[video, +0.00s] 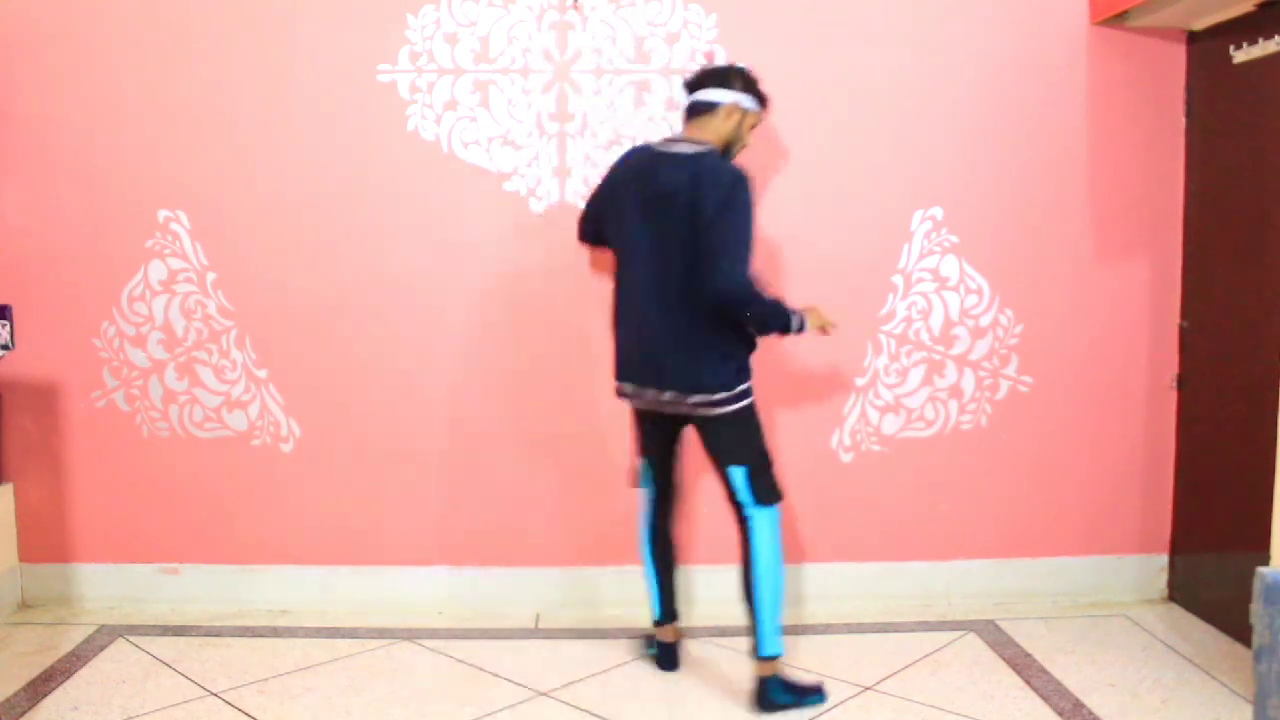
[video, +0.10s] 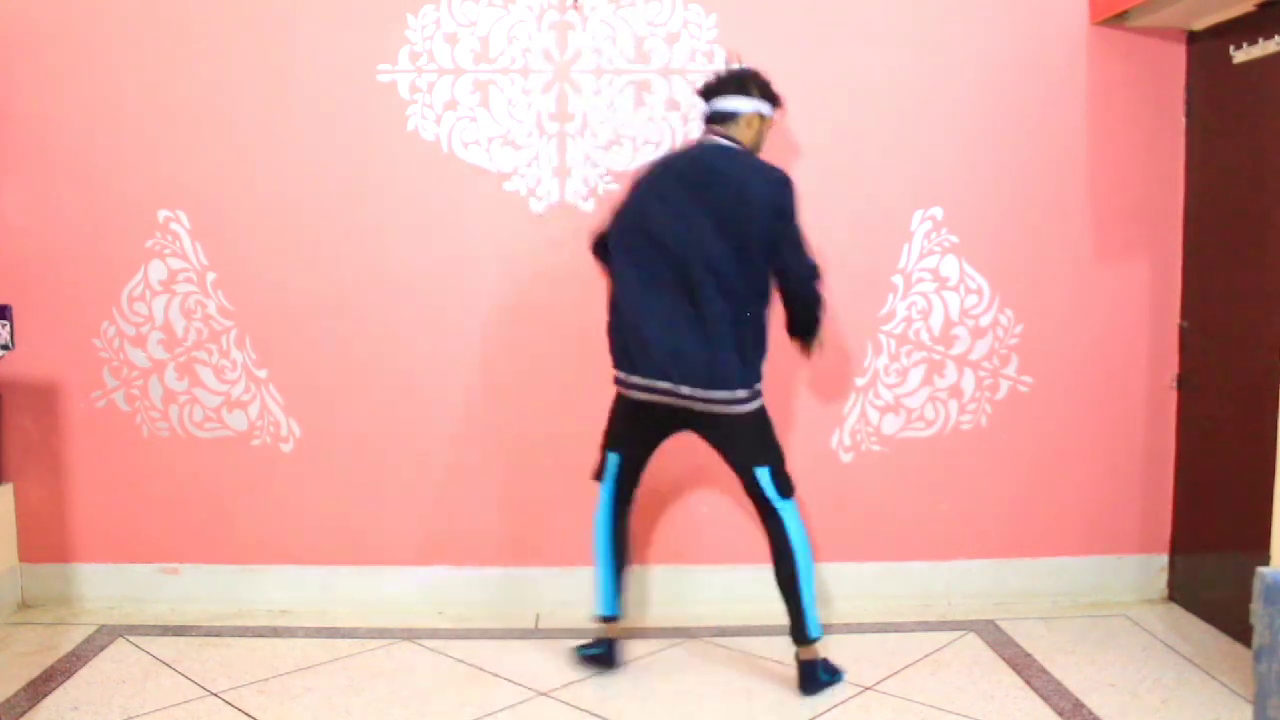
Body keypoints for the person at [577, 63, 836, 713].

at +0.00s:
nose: (749, 136)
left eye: (752, 124)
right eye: (750, 123)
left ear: (692, 110)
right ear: (731, 115)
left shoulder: (634, 164)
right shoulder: (723, 181)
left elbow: (594, 227)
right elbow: (725, 287)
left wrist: (657, 239)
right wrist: (793, 319)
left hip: (644, 377)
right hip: (713, 381)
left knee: (655, 495)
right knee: (759, 508)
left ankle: (665, 638)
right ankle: (769, 675)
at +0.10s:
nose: (768, 133)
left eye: (768, 123)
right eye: (767, 123)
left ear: (710, 119)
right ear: (752, 121)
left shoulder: (660, 173)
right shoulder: (765, 183)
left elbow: (609, 244)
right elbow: (796, 270)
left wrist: (653, 295)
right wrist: (805, 325)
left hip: (644, 384)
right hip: (728, 391)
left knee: (614, 489)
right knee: (779, 508)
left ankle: (606, 636)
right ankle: (810, 657)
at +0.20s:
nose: (771, 160)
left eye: (769, 149)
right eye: (770, 149)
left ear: (713, 153)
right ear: (758, 152)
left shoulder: (669, 215)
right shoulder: (778, 217)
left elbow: (643, 316)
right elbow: (788, 322)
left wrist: (666, 373)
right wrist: (795, 377)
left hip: (658, 407)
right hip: (742, 412)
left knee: (607, 511)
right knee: (797, 515)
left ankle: (563, 650)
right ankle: (812, 661)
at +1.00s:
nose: (748, 239)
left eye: (753, 229)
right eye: (748, 224)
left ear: (694, 212)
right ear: (721, 210)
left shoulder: (635, 258)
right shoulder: (719, 250)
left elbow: (647, 381)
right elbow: (705, 333)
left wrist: (720, 411)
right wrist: (743, 418)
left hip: (592, 439)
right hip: (657, 439)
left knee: (603, 510)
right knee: (764, 507)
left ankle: (599, 647)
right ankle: (783, 659)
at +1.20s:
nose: (713, 239)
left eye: (724, 231)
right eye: (707, 220)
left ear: (729, 235)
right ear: (676, 209)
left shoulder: (639, 254)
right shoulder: (662, 256)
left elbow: (664, 304)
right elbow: (653, 305)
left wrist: (715, 315)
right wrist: (713, 315)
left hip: (569, 443)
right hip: (619, 445)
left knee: (632, 513)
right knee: (730, 567)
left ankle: (603, 647)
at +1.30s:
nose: (691, 245)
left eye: (704, 238)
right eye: (684, 227)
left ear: (709, 244)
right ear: (656, 217)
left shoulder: (625, 267)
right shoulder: (641, 281)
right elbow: (613, 376)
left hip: (581, 458)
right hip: (608, 461)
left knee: (645, 526)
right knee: (725, 589)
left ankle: (603, 650)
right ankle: (627, 711)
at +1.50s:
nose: (689, 234)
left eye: (702, 226)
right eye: (679, 217)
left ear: (709, 237)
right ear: (653, 216)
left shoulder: (651, 300)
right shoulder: (633, 256)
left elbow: (619, 384)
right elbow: (558, 296)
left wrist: (650, 437)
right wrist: (612, 380)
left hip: (578, 441)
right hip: (540, 438)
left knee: (659, 512)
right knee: (652, 553)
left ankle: (597, 645)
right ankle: (613, 708)